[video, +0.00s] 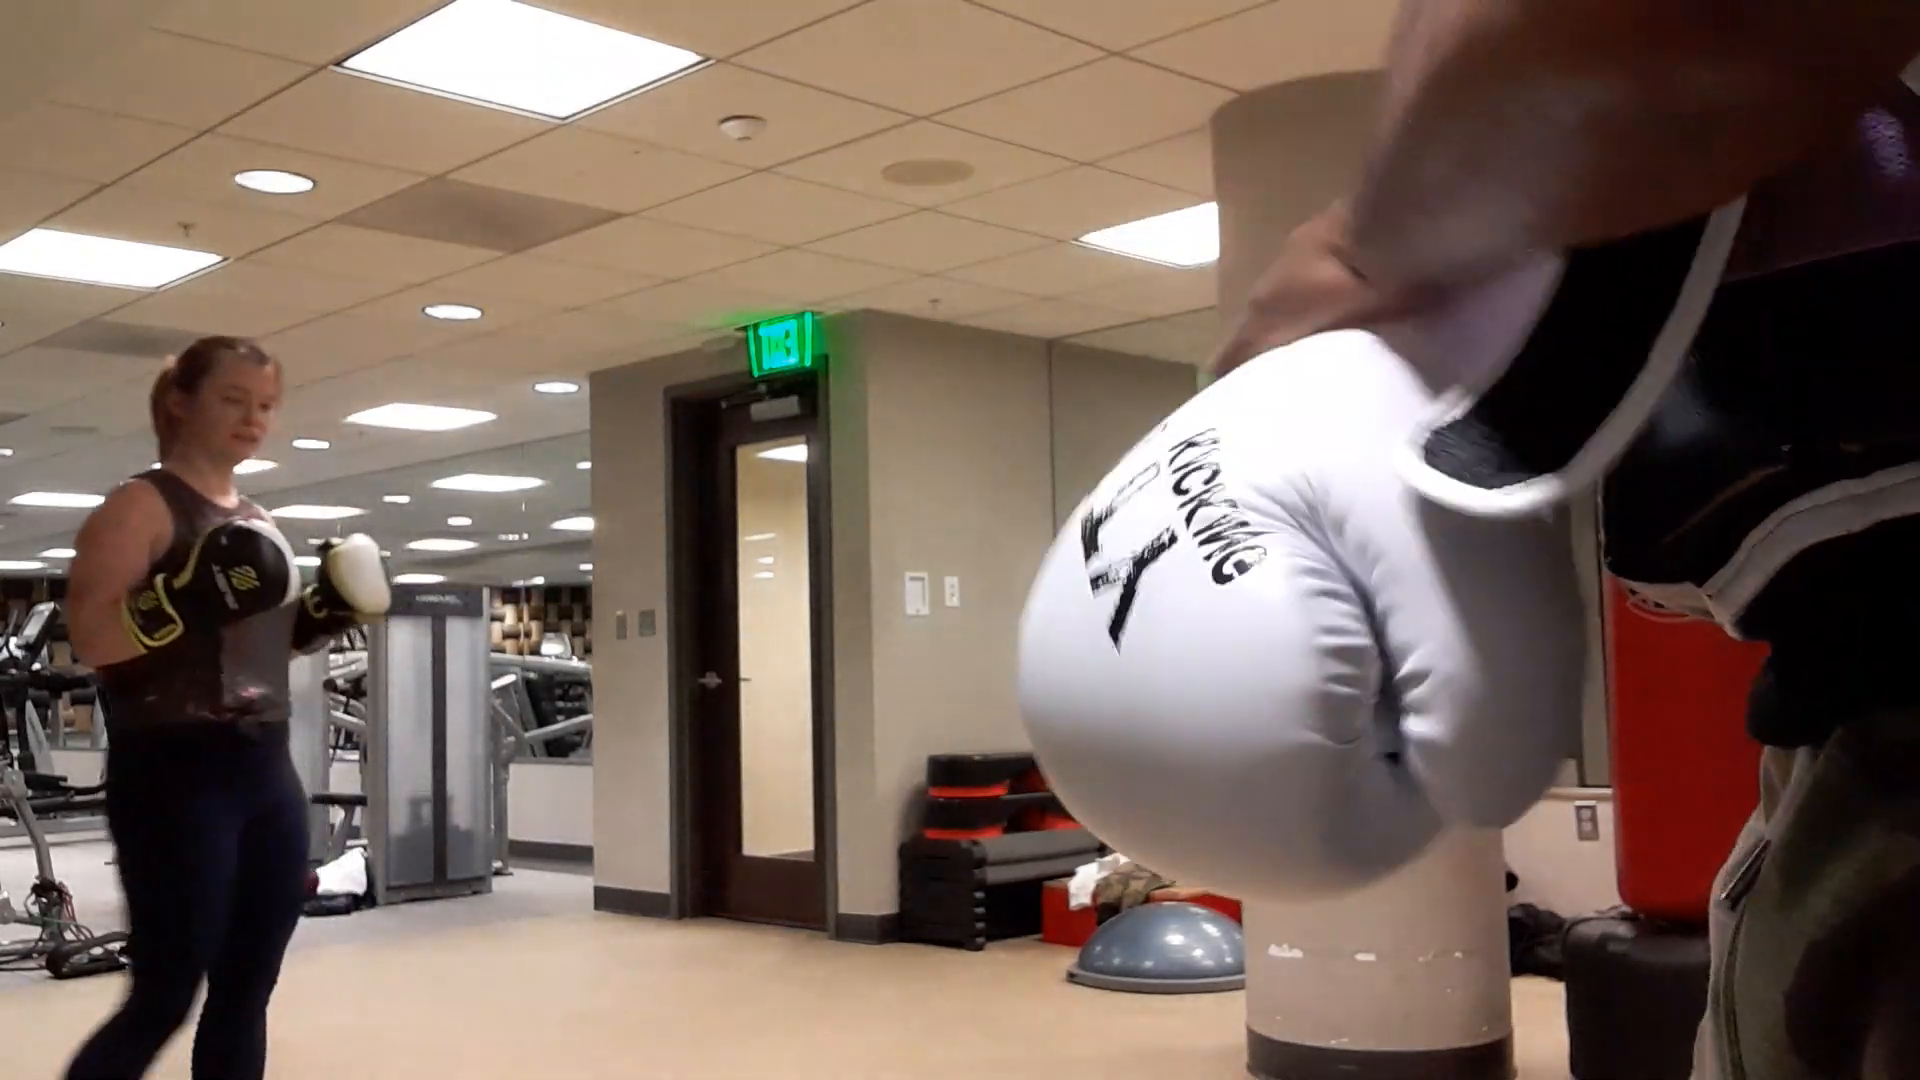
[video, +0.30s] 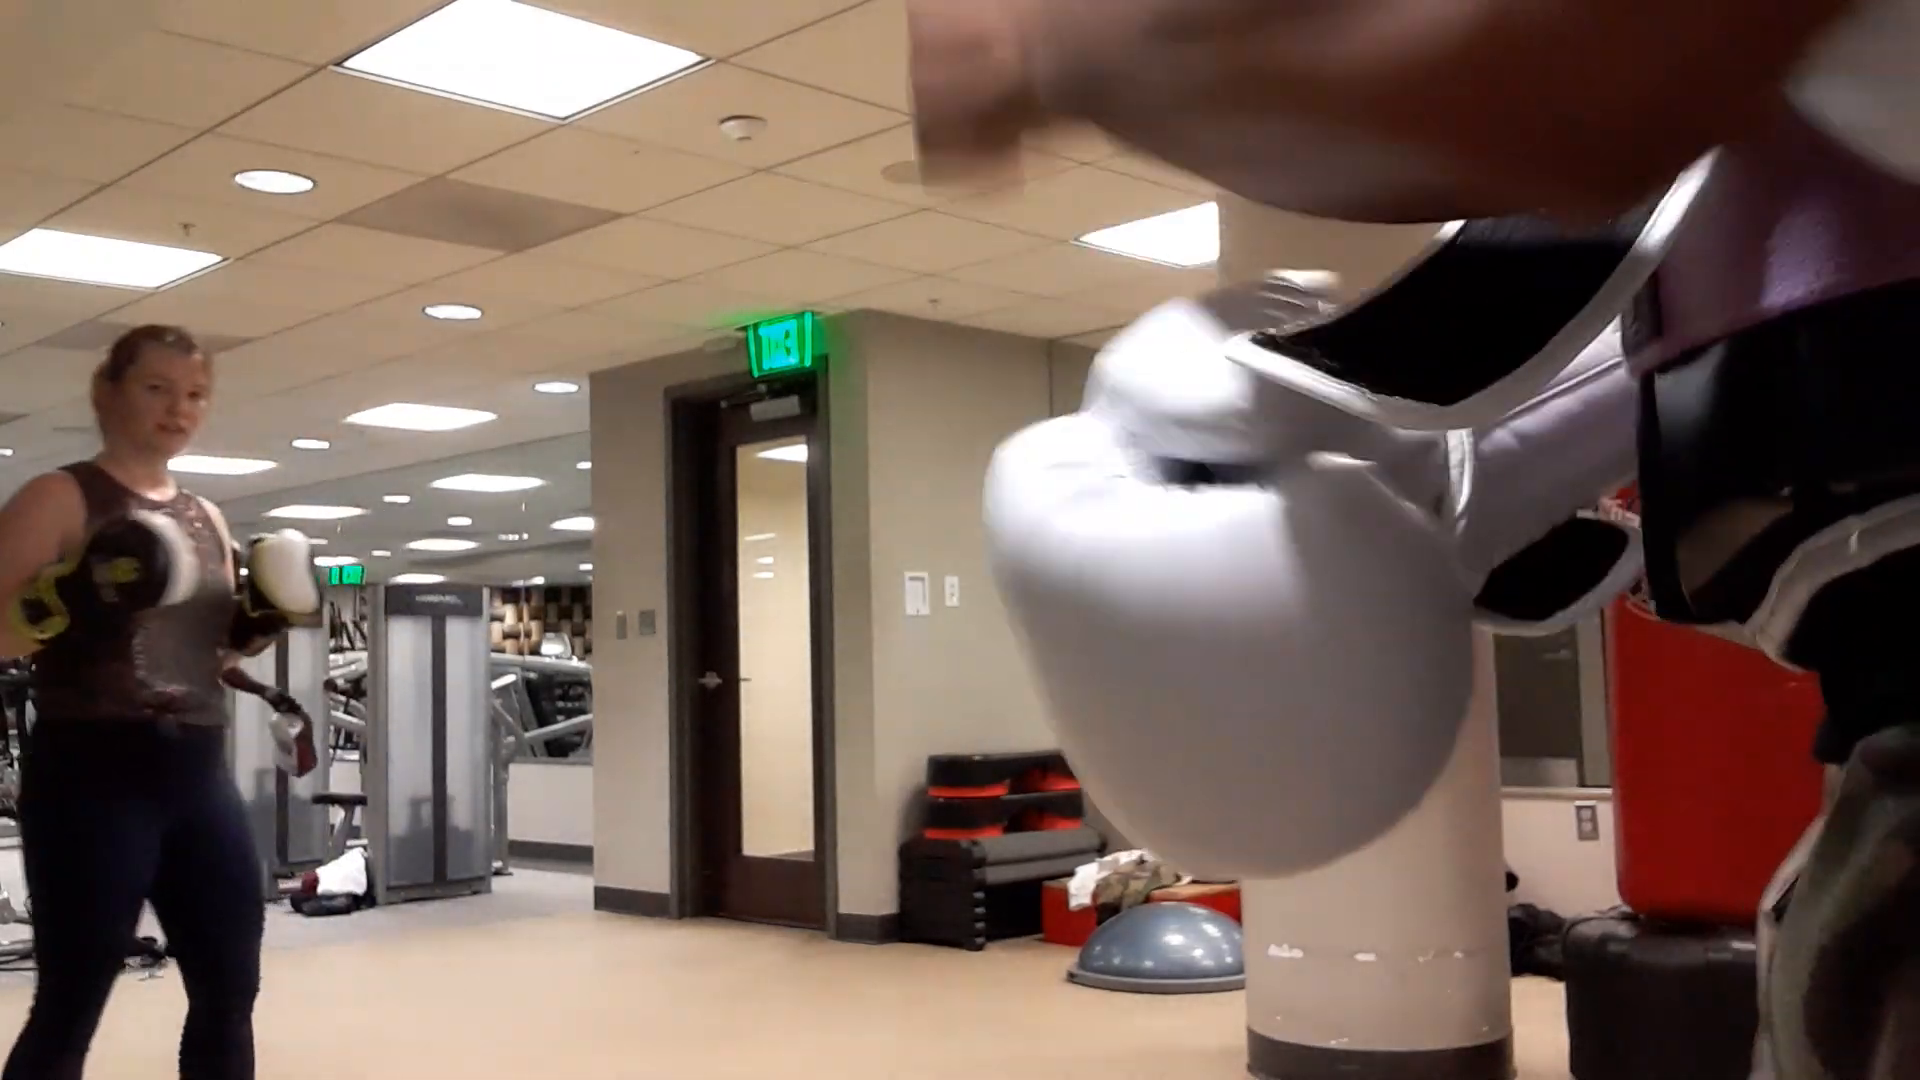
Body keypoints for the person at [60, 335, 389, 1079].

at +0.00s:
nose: (254, 420)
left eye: (266, 407)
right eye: (235, 401)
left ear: (275, 416)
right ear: (180, 403)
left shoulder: (249, 516)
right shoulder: (137, 507)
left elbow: (252, 646)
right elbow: (92, 640)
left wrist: (320, 615)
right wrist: (186, 601)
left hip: (263, 769)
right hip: (170, 772)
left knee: (244, 993)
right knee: (163, 995)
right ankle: (89, 1073)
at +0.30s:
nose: (180, 409)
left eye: (195, 395)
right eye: (158, 389)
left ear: (206, 409)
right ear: (107, 394)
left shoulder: (206, 517)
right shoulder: (57, 500)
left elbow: (216, 644)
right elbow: (2, 632)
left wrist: (263, 618)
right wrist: (78, 600)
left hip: (195, 772)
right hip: (87, 772)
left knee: (228, 987)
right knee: (73, 996)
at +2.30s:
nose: (181, 408)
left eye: (197, 393)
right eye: (158, 387)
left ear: (210, 407)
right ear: (108, 393)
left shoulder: (226, 515)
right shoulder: (60, 502)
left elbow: (233, 659)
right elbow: (1, 648)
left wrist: (284, 613)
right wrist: (60, 606)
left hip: (224, 780)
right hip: (103, 780)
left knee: (211, 1013)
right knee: (65, 1011)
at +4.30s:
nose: (183, 411)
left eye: (198, 396)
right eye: (163, 389)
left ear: (209, 409)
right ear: (106, 392)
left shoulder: (222, 516)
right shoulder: (55, 501)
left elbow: (224, 658)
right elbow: (2, 641)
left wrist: (278, 615)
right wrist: (64, 606)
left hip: (216, 777)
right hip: (95, 776)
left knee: (207, 1010)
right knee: (63, 1008)